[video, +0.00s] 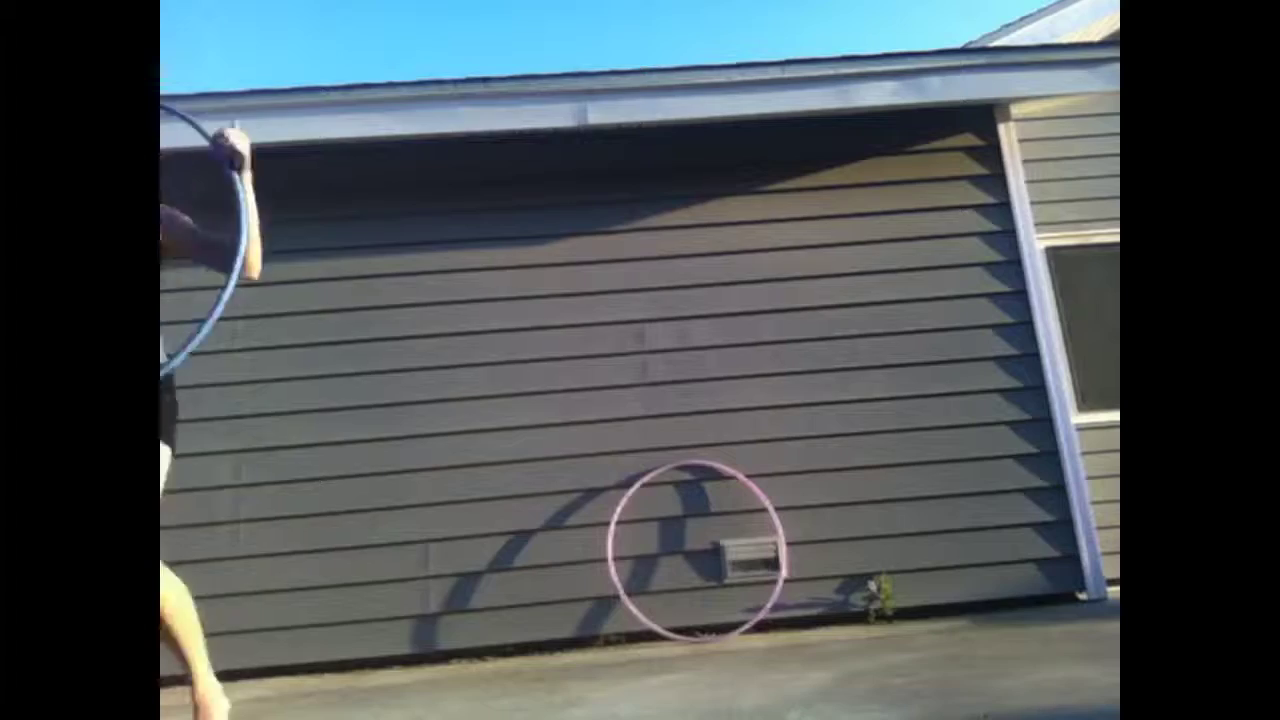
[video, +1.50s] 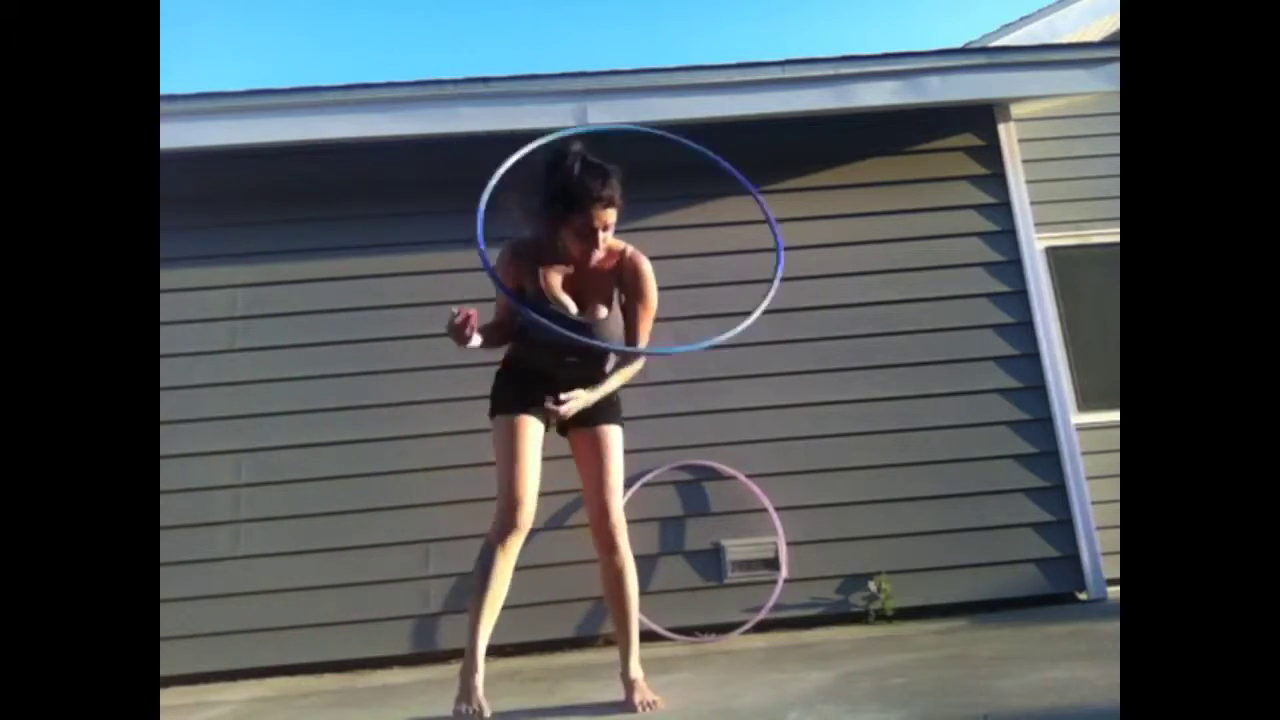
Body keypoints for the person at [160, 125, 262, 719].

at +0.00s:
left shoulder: (162, 222)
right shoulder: (167, 223)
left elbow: (249, 263)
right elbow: (248, 262)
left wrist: (241, 174)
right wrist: (240, 176)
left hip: (154, 405)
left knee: (157, 563)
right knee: (160, 566)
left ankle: (206, 688)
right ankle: (204, 687)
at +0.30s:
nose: (220, 190)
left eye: (231, 179)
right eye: (207, 179)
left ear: (246, 188)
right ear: (188, 188)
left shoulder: (278, 250)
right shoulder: (172, 252)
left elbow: (282, 334)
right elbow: (164, 334)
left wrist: (340, 308)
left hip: (269, 405)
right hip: (194, 405)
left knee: (256, 567)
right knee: (215, 564)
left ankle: (241, 709)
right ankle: (163, 692)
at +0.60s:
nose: (349, 212)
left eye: (359, 200)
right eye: (336, 199)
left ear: (369, 198)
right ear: (307, 194)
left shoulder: (369, 258)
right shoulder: (269, 248)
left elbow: (361, 327)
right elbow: (216, 320)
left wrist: (416, 308)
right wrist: (182, 331)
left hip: (346, 411)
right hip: (281, 406)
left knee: (291, 574)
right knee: (367, 543)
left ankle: (243, 709)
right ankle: (428, 696)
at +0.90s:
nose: (481, 232)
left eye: (489, 220)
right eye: (470, 220)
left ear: (497, 213)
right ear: (437, 213)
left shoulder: (481, 253)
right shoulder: (393, 264)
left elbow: (469, 301)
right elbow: (335, 326)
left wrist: (527, 274)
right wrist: (316, 377)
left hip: (438, 401)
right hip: (377, 396)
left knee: (435, 554)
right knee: (442, 537)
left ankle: (340, 675)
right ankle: (441, 696)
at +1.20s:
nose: (542, 223)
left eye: (551, 210)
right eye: (530, 210)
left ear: (558, 211)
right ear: (500, 208)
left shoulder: (557, 256)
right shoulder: (455, 268)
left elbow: (579, 315)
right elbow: (419, 357)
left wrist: (629, 311)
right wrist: (420, 445)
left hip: (514, 397)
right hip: (452, 399)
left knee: (564, 533)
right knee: (479, 534)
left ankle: (618, 664)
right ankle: (447, 692)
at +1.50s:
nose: (599, 240)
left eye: (608, 228)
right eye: (587, 229)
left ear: (617, 217)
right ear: (558, 219)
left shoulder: (631, 267)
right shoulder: (523, 257)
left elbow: (637, 354)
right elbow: (504, 330)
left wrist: (590, 395)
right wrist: (475, 335)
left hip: (599, 384)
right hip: (526, 378)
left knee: (611, 527)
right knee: (515, 517)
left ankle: (633, 669)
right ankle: (473, 668)